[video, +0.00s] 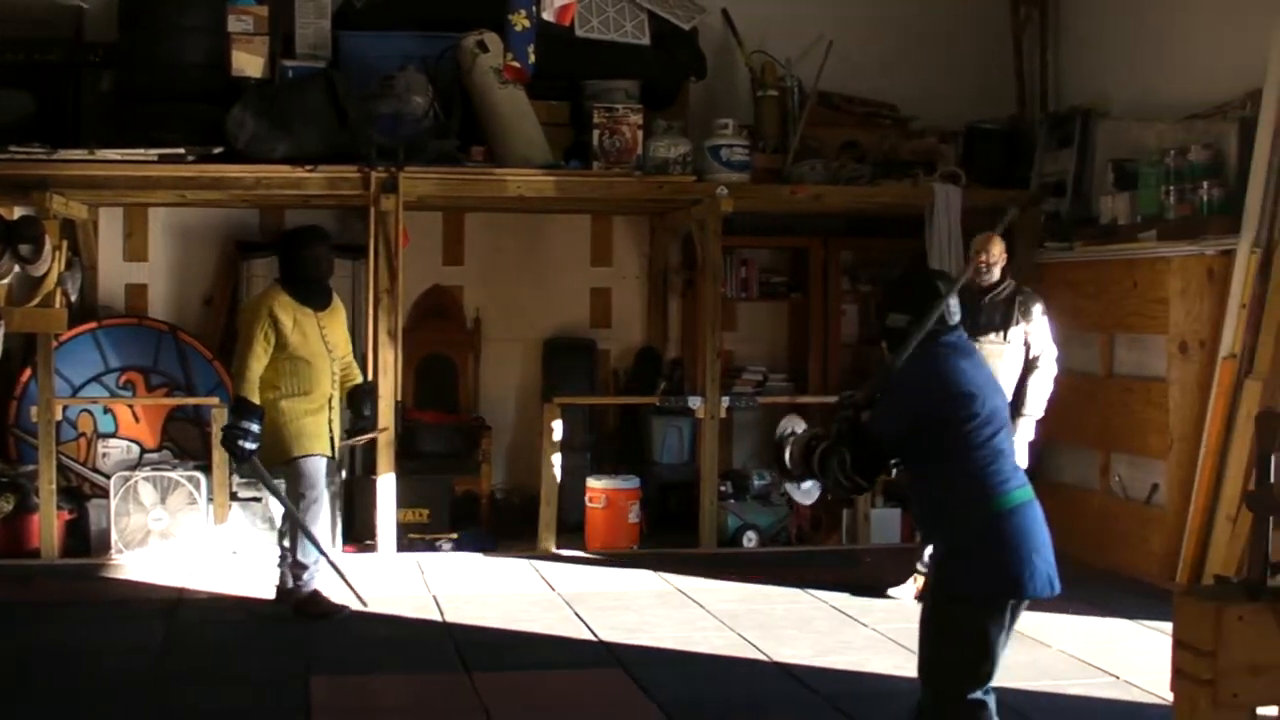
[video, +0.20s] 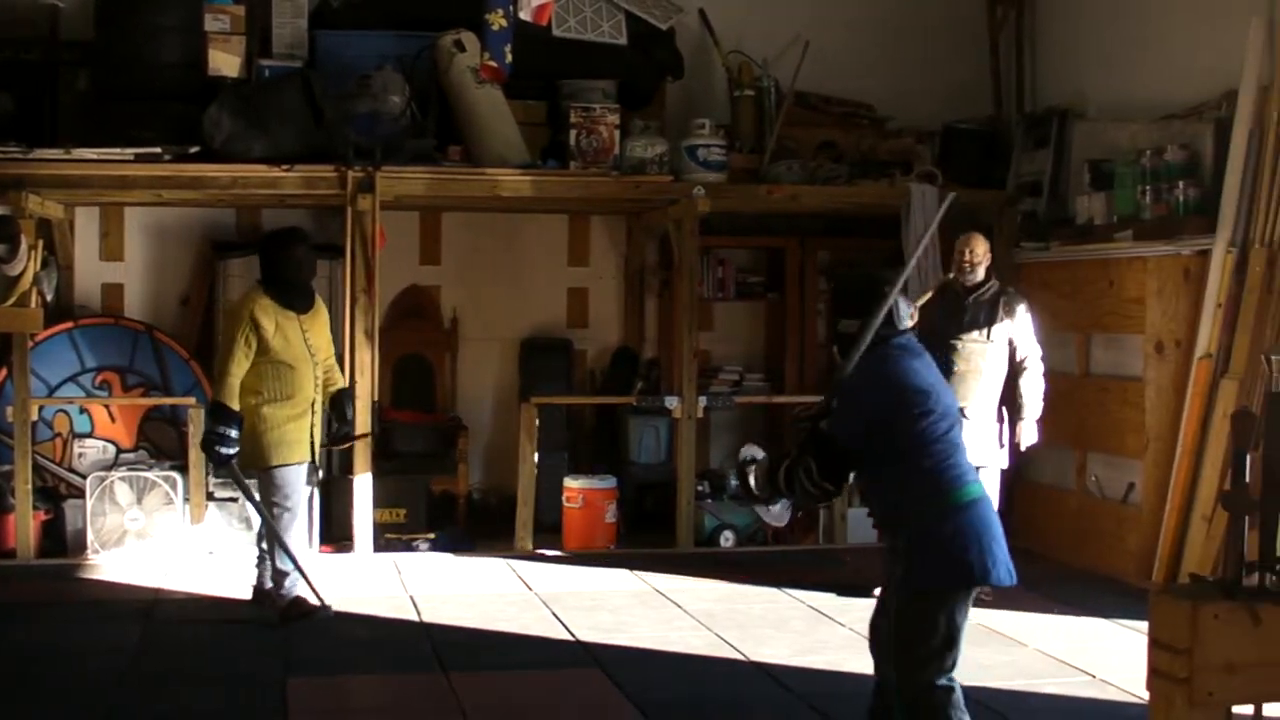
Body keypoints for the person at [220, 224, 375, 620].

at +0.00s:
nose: (327, 266)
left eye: (328, 257)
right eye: (318, 258)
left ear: (331, 262)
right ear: (295, 262)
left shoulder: (333, 306)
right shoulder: (270, 306)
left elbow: (345, 360)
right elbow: (249, 365)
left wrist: (361, 394)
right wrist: (246, 418)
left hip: (325, 419)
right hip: (292, 419)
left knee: (307, 499)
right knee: (313, 495)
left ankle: (291, 582)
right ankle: (304, 585)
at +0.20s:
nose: (311, 270)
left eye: (312, 262)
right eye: (301, 263)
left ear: (312, 265)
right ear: (277, 266)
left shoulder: (315, 308)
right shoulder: (253, 309)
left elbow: (327, 362)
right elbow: (230, 371)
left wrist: (340, 396)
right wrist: (223, 428)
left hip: (307, 426)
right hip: (273, 427)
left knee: (287, 508)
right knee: (287, 508)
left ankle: (267, 585)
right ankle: (286, 591)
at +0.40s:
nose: (301, 270)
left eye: (301, 262)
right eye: (292, 262)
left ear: (301, 266)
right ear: (268, 266)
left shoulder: (305, 309)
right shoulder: (237, 311)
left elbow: (313, 368)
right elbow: (216, 376)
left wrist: (321, 421)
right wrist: (212, 437)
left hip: (293, 430)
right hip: (256, 432)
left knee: (269, 512)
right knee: (269, 514)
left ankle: (249, 587)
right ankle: (270, 595)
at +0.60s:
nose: (290, 273)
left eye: (291, 265)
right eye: (281, 265)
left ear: (291, 268)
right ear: (257, 268)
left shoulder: (294, 309)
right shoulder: (229, 314)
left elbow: (303, 367)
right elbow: (212, 380)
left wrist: (311, 420)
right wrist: (207, 439)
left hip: (276, 431)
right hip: (242, 432)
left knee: (249, 511)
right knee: (254, 516)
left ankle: (228, 583)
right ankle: (253, 596)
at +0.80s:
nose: (287, 274)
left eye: (289, 265)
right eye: (278, 265)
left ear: (290, 267)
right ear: (254, 268)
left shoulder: (294, 309)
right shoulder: (231, 314)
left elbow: (306, 360)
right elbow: (227, 379)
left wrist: (316, 410)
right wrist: (230, 438)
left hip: (275, 434)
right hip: (243, 434)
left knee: (248, 509)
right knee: (251, 513)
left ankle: (222, 583)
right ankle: (252, 595)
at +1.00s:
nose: (291, 276)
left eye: (294, 268)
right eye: (283, 268)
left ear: (295, 268)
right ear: (259, 271)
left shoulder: (299, 308)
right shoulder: (236, 313)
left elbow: (331, 342)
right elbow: (244, 365)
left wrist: (343, 386)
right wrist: (263, 407)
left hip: (277, 418)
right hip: (240, 419)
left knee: (253, 504)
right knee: (258, 507)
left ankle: (230, 583)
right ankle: (262, 596)